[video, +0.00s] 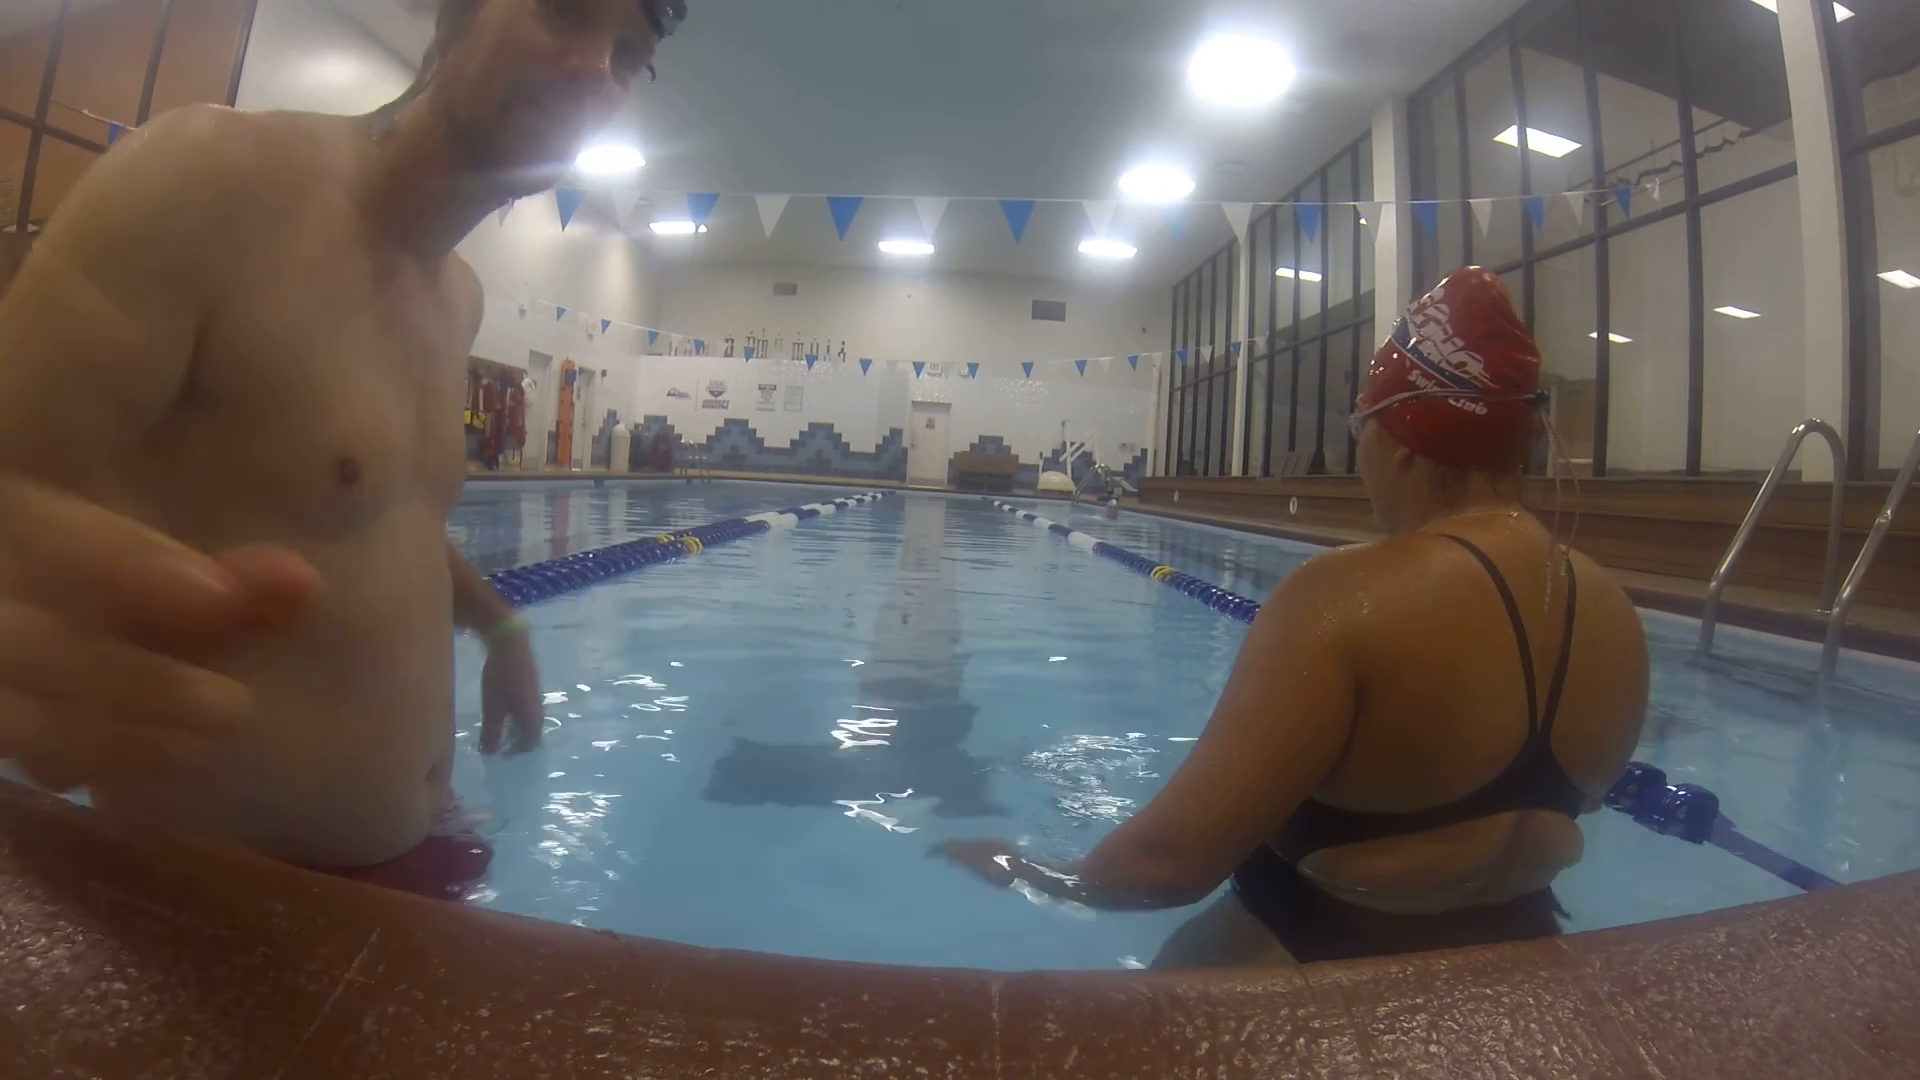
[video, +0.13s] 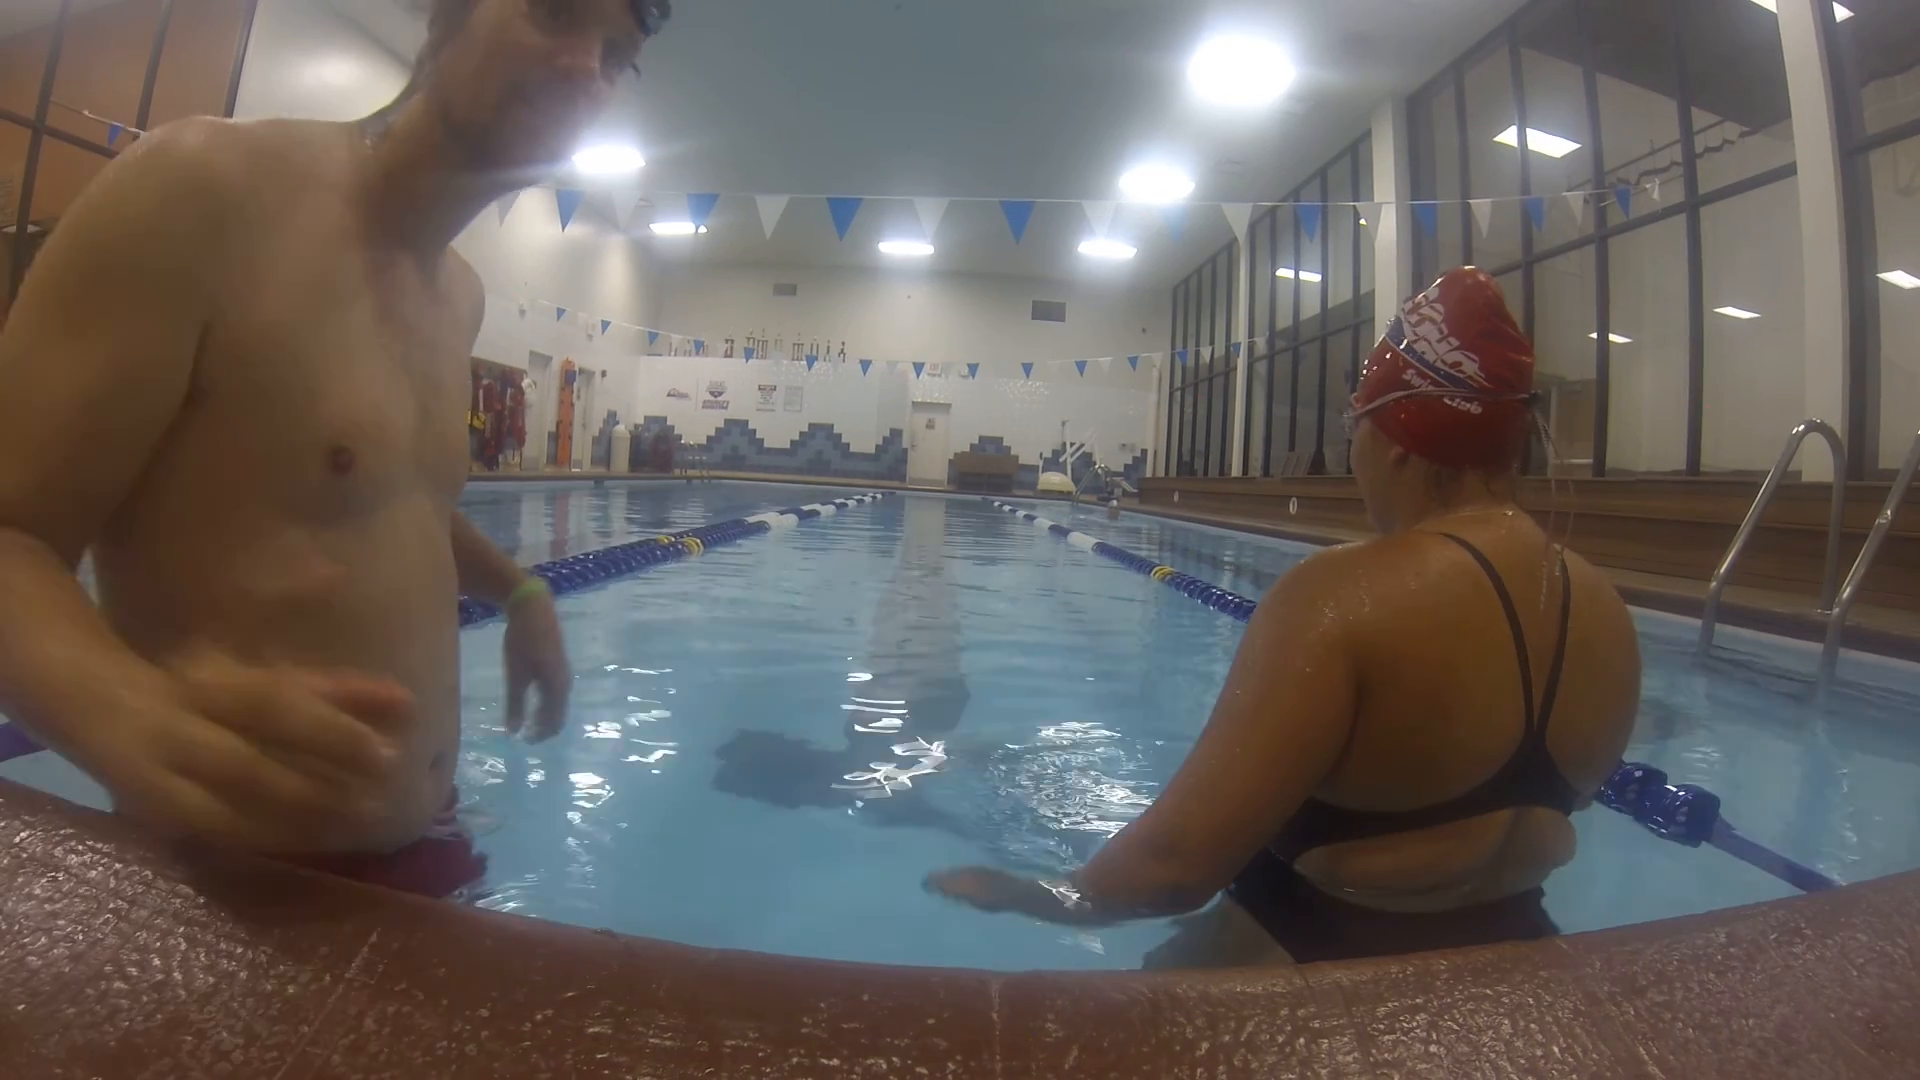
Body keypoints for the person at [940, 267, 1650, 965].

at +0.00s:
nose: (1356, 453)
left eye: (1362, 428)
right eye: (1360, 426)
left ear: (1400, 441)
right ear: (1512, 441)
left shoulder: (1338, 603)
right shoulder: (1607, 605)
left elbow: (1177, 857)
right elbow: (1580, 790)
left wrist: (1047, 879)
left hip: (1310, 974)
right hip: (1514, 966)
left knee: (1127, 1031)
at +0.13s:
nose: (1352, 448)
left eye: (1357, 422)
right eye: (1355, 421)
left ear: (1388, 435)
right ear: (1510, 439)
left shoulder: (1339, 600)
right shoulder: (1600, 604)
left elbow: (1180, 862)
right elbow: (1549, 805)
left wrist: (1055, 897)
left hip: (1309, 980)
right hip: (1509, 970)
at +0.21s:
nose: (1345, 444)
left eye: (1351, 419)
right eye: (1350, 418)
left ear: (1386, 434)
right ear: (1501, 437)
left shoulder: (1335, 596)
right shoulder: (1592, 601)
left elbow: (1190, 862)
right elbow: (1549, 798)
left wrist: (1037, 904)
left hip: (1310, 978)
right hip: (1503, 967)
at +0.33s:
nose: (1334, 432)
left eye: (1341, 411)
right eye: (1341, 408)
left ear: (1379, 428)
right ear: (1481, 433)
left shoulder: (1332, 588)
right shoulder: (1578, 594)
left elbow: (1206, 866)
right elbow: (1538, 804)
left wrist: (1040, 894)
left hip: (1316, 986)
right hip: (1501, 973)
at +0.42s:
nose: (1326, 428)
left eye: (1335, 407)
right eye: (1333, 405)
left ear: (1376, 428)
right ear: (1476, 430)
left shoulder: (1330, 585)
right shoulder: (1568, 592)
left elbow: (1201, 872)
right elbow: (1523, 809)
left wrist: (1040, 884)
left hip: (1319, 986)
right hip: (1502, 968)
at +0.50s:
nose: (1317, 433)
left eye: (1327, 406)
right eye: (1324, 406)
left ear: (1375, 426)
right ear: (1470, 425)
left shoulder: (1327, 582)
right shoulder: (1557, 591)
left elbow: (1199, 875)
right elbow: (1512, 805)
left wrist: (1040, 879)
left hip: (1308, 981)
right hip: (1493, 964)